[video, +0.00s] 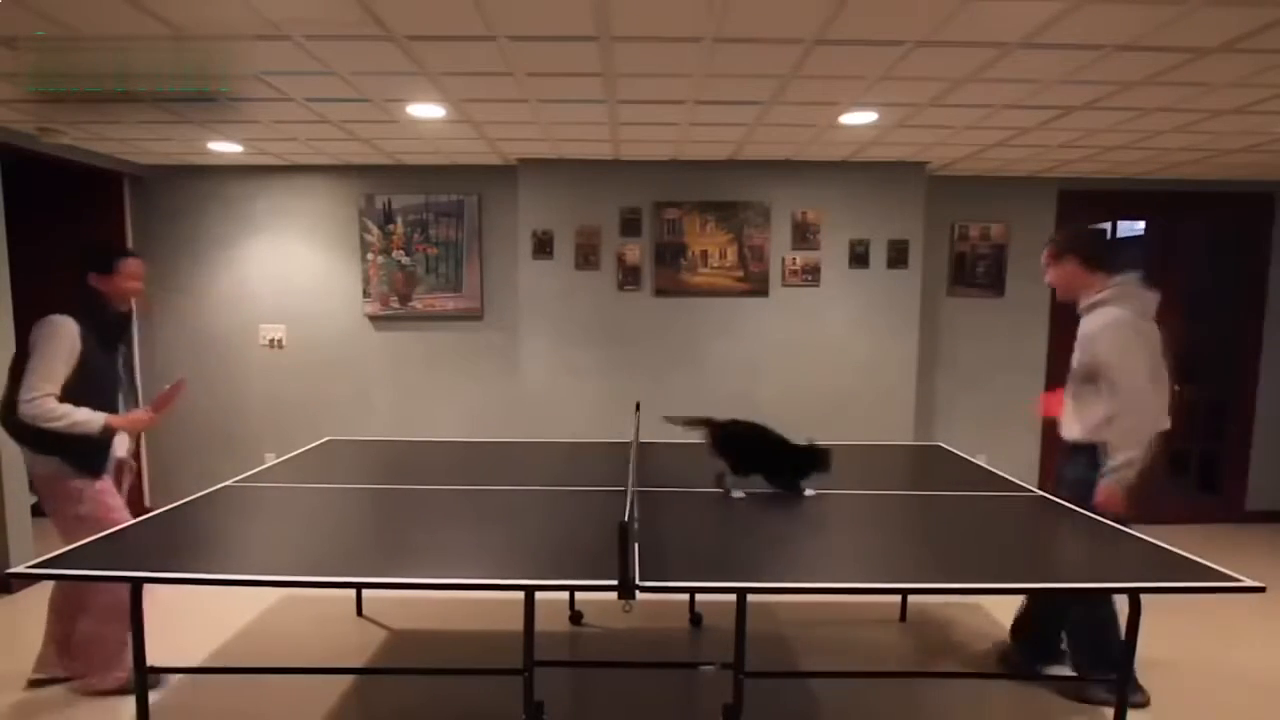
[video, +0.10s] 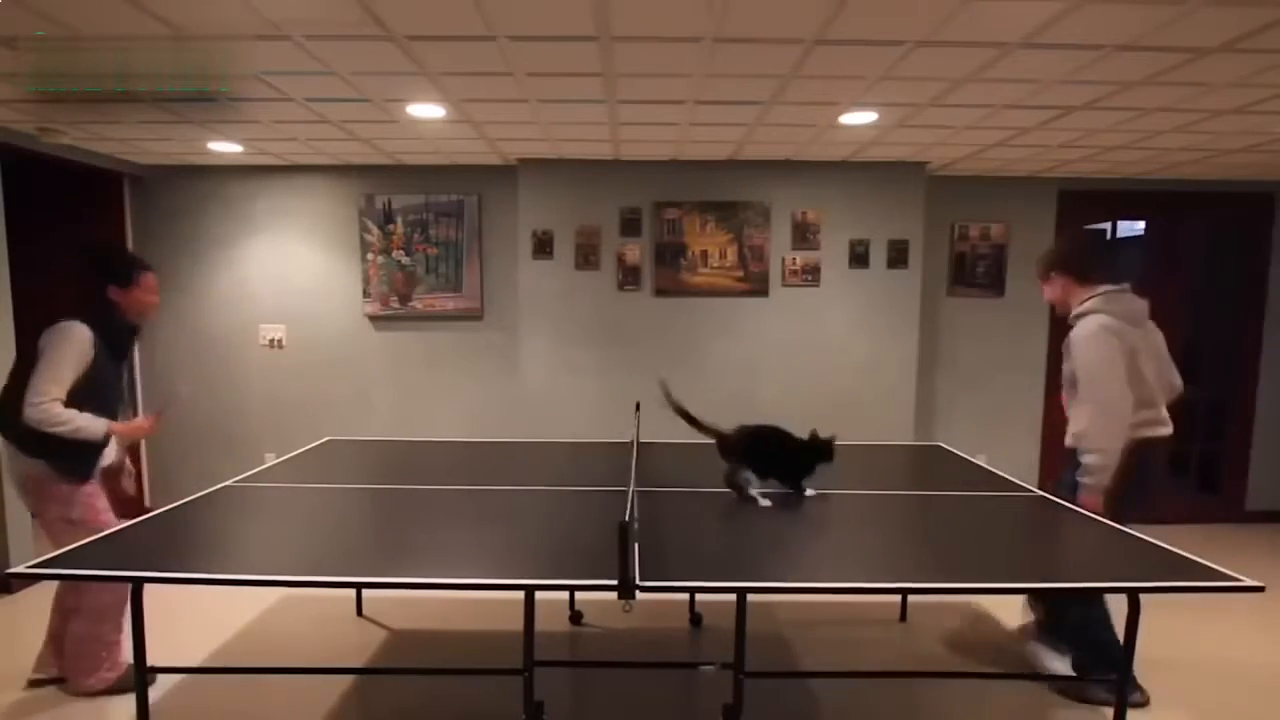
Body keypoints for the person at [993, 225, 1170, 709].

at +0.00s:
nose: (1049, 281)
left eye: (1052, 269)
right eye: (1047, 271)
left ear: (1079, 265)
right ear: (1078, 267)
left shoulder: (1117, 320)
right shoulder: (1099, 315)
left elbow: (1144, 406)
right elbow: (1109, 392)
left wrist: (1117, 475)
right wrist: (1063, 403)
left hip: (1096, 458)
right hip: (1079, 452)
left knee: (1082, 565)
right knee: (1058, 556)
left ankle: (1108, 674)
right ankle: (1032, 646)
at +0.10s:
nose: (1046, 295)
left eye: (1047, 285)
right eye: (1044, 285)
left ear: (1066, 280)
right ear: (1087, 278)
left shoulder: (1092, 329)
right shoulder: (1137, 319)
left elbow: (1107, 412)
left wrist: (1092, 486)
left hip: (1113, 458)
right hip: (1143, 452)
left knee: (1064, 561)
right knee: (1056, 540)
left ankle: (1110, 677)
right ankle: (1059, 634)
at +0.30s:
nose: (1065, 318)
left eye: (1064, 310)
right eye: (1063, 311)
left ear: (1079, 304)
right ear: (1104, 301)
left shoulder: (1085, 337)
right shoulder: (1142, 342)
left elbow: (1081, 397)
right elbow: (1165, 404)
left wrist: (1066, 459)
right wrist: (1145, 439)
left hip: (1106, 453)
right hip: (1143, 454)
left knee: (1088, 561)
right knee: (1105, 561)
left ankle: (1110, 670)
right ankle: (1100, 668)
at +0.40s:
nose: (1066, 326)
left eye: (1067, 317)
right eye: (1064, 319)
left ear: (1084, 313)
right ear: (1091, 313)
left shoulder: (1098, 340)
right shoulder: (1116, 340)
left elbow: (1095, 403)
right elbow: (1098, 410)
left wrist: (1075, 458)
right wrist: (1055, 441)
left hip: (1124, 446)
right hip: (1135, 444)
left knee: (1089, 540)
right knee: (1097, 540)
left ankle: (1093, 648)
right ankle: (1102, 638)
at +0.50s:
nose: (1055, 340)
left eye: (1057, 330)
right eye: (1052, 333)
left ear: (1074, 321)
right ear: (1070, 325)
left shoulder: (1108, 337)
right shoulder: (1088, 357)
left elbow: (1145, 385)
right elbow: (1065, 416)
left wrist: (1117, 436)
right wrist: (1011, 442)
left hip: (1147, 440)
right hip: (1125, 446)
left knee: (1089, 520)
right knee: (1087, 521)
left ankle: (1070, 621)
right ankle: (1066, 617)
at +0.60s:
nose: (1048, 336)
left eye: (1047, 327)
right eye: (1045, 330)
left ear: (1062, 316)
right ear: (1059, 321)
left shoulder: (1098, 325)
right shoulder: (1081, 351)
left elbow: (1146, 368)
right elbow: (1084, 419)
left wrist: (1143, 426)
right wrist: (1031, 447)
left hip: (1142, 428)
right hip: (1119, 430)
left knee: (1102, 512)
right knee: (1096, 512)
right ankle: (1111, 601)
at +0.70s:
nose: (1042, 331)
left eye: (1041, 323)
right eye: (1039, 325)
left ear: (1054, 311)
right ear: (1055, 314)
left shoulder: (1090, 321)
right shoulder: (1079, 337)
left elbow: (1124, 370)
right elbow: (1103, 409)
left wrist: (1118, 424)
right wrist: (1073, 453)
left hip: (1147, 420)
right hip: (1135, 423)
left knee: (1111, 506)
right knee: (1111, 506)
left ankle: (1152, 600)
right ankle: (1141, 595)